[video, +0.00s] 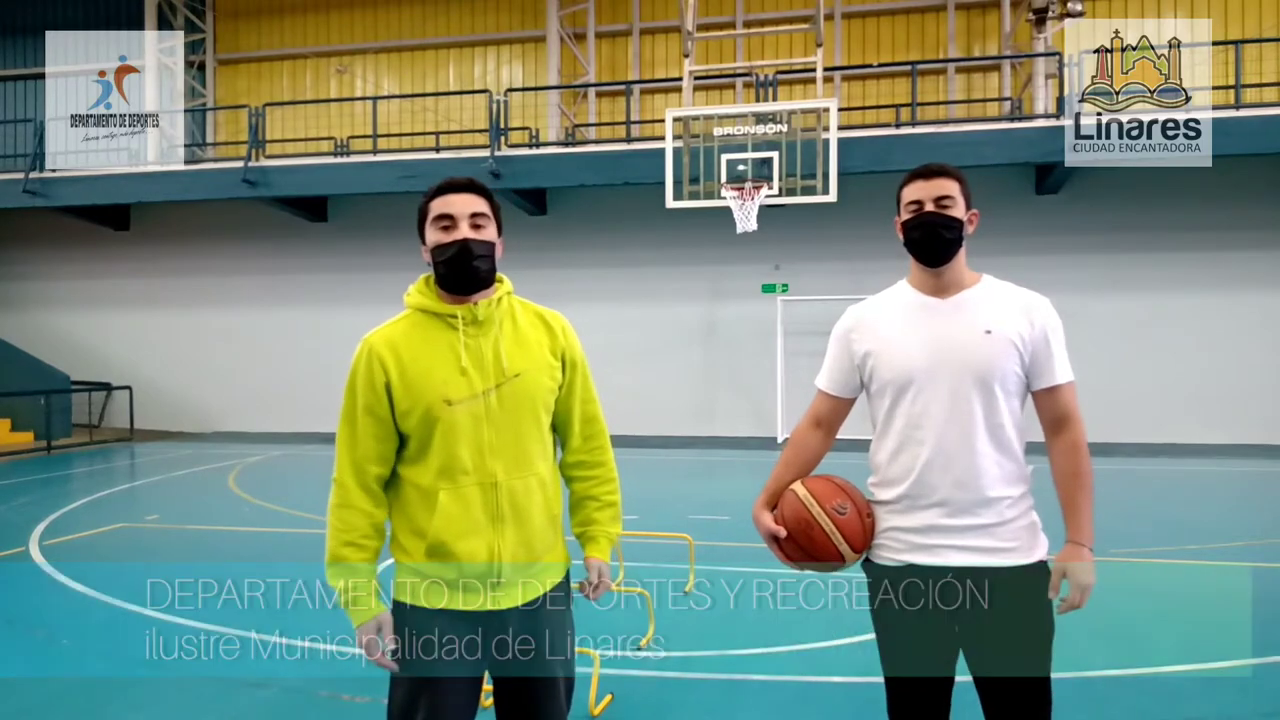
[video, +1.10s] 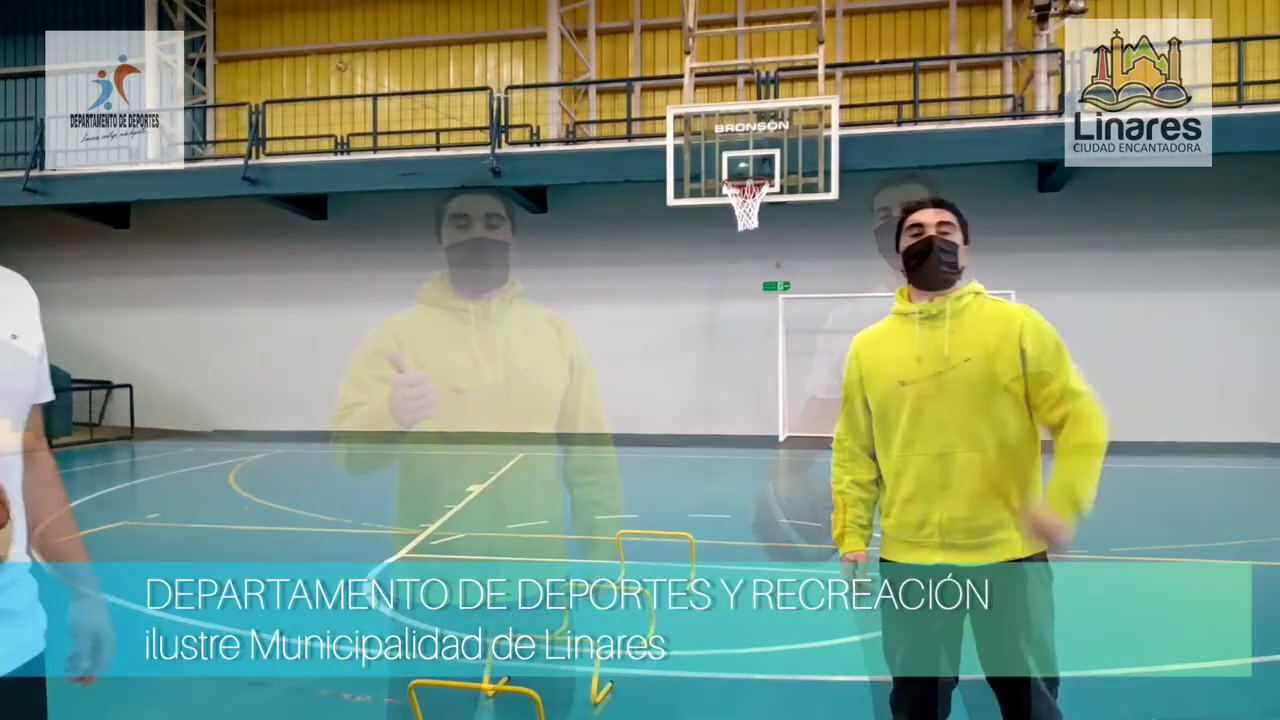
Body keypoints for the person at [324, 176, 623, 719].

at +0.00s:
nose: (464, 234)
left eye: (479, 222)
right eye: (446, 224)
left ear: (500, 243)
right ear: (426, 248)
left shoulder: (549, 334)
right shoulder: (386, 352)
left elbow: (587, 445)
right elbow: (358, 480)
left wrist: (597, 537)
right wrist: (360, 597)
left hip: (538, 592)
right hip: (435, 598)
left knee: (545, 711)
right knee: (430, 714)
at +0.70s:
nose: (471, 234)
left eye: (487, 223)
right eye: (454, 224)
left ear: (507, 243)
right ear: (434, 246)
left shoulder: (551, 335)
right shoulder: (390, 343)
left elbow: (585, 452)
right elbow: (350, 461)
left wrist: (595, 552)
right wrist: (370, 519)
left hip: (536, 588)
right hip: (434, 592)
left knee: (542, 712)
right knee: (428, 714)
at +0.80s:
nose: (472, 234)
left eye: (487, 223)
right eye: (454, 223)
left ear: (507, 242)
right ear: (435, 244)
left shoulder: (553, 335)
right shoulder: (391, 341)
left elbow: (587, 453)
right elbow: (345, 471)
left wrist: (598, 556)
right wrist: (372, 446)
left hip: (537, 587)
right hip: (434, 590)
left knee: (542, 712)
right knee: (427, 713)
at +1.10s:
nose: (477, 234)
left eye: (492, 222)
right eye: (461, 223)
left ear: (513, 238)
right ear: (441, 240)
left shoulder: (554, 336)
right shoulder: (398, 337)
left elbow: (592, 463)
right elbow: (350, 452)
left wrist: (605, 569)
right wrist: (389, 418)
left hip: (537, 572)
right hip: (432, 572)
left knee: (539, 706)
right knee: (436, 706)